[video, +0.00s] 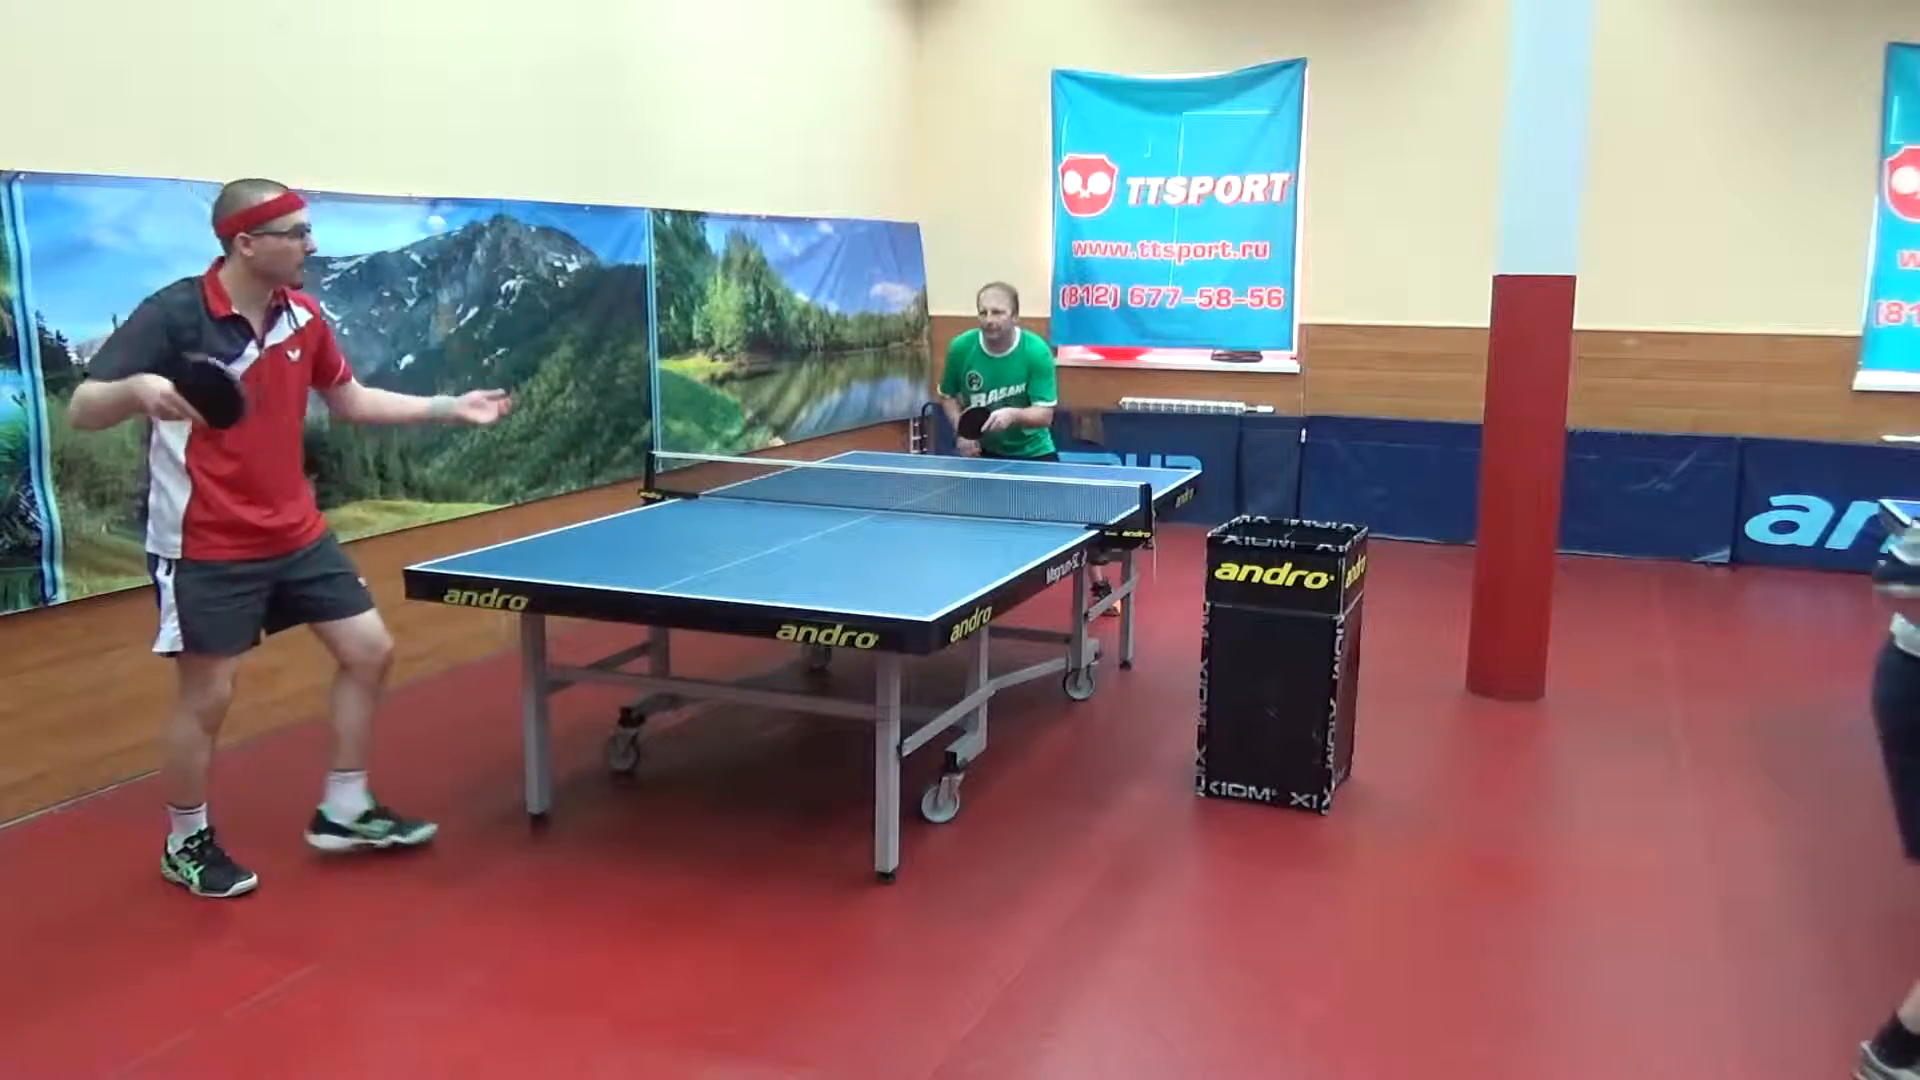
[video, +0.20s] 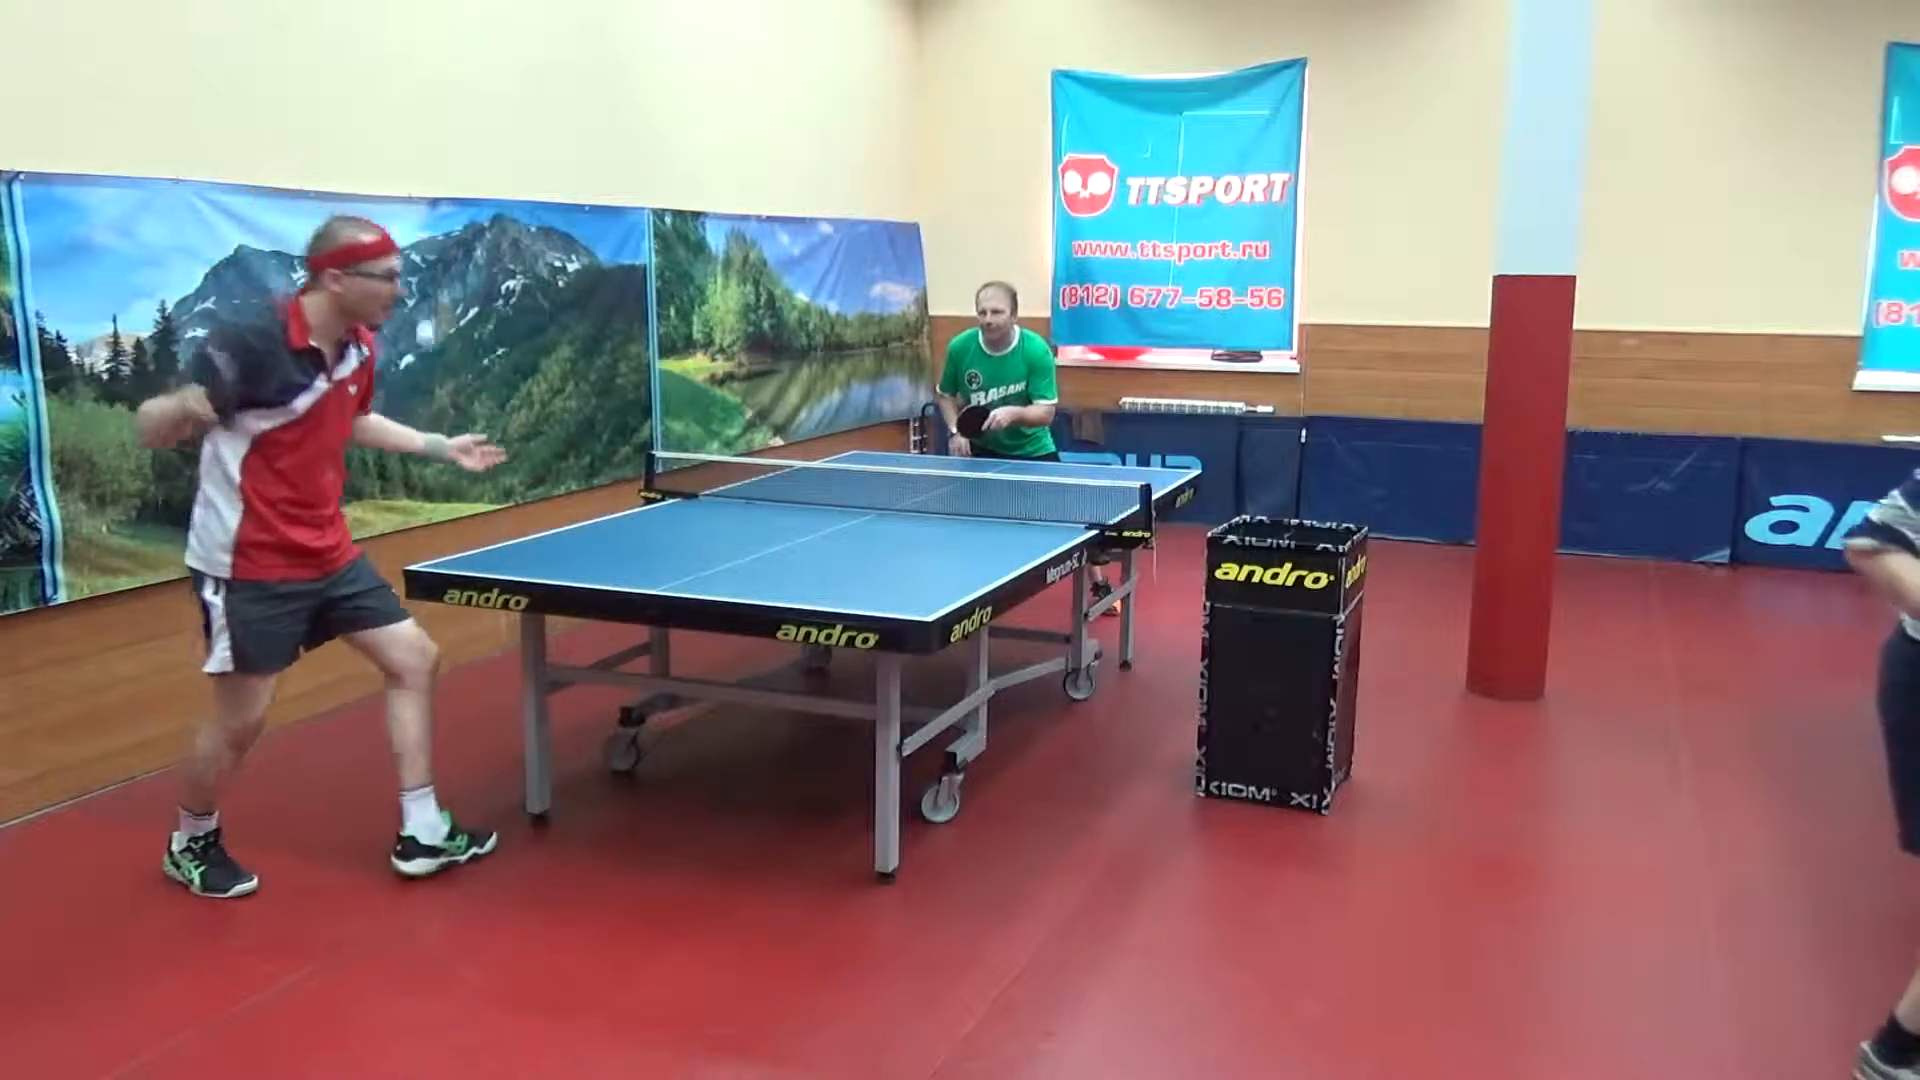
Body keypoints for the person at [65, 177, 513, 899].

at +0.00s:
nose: (308, 244)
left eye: (307, 230)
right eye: (294, 234)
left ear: (276, 243)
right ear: (245, 244)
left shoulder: (303, 315)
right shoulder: (172, 316)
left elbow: (351, 401)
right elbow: (83, 409)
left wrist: (449, 407)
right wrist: (135, 391)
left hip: (296, 533)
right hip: (205, 546)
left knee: (368, 652)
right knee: (206, 699)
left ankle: (344, 812)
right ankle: (187, 842)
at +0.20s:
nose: (397, 289)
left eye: (397, 275)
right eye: (384, 277)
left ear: (351, 281)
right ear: (333, 280)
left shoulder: (359, 347)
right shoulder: (253, 344)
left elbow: (349, 422)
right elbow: (150, 425)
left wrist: (443, 445)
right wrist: (186, 408)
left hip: (328, 552)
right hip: (246, 563)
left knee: (414, 660)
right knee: (239, 722)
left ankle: (422, 831)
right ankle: (192, 841)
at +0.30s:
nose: (455, 311)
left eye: (456, 298)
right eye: (445, 298)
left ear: (405, 297)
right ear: (397, 296)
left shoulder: (390, 362)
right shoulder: (303, 348)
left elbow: (356, 436)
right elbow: (206, 426)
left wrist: (433, 466)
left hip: (355, 561)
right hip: (279, 572)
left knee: (436, 667)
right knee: (282, 728)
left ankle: (426, 835)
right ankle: (195, 831)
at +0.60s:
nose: (528, 328)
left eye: (529, 316)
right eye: (526, 315)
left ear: (465, 304)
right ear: (502, 312)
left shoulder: (396, 351)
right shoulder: (452, 369)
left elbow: (362, 470)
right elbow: (428, 493)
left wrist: (450, 471)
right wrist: (490, 480)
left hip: (356, 564)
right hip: (384, 570)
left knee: (463, 697)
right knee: (483, 726)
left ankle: (430, 841)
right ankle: (335, 874)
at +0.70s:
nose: (544, 328)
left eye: (545, 315)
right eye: (544, 315)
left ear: (479, 302)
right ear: (523, 313)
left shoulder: (405, 353)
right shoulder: (479, 367)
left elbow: (367, 467)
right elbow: (462, 498)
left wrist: (470, 477)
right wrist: (508, 486)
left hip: (365, 566)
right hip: (417, 570)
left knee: (457, 686)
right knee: (524, 729)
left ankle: (430, 839)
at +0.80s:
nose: (559, 332)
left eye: (561, 319)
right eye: (559, 319)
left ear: (486, 304)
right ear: (541, 314)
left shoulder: (405, 355)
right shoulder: (508, 376)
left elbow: (355, 471)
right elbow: (498, 510)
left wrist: (455, 478)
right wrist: (543, 489)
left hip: (385, 583)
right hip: (453, 586)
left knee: (456, 691)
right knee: (555, 742)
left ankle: (429, 840)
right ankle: (563, 952)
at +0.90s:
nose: (580, 324)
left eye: (579, 312)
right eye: (580, 312)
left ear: (504, 300)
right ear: (563, 310)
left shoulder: (422, 357)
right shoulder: (536, 377)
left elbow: (363, 481)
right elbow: (545, 511)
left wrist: (410, 532)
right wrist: (578, 505)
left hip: (400, 586)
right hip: (483, 592)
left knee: (439, 702)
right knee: (588, 748)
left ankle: (427, 840)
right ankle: (565, 951)